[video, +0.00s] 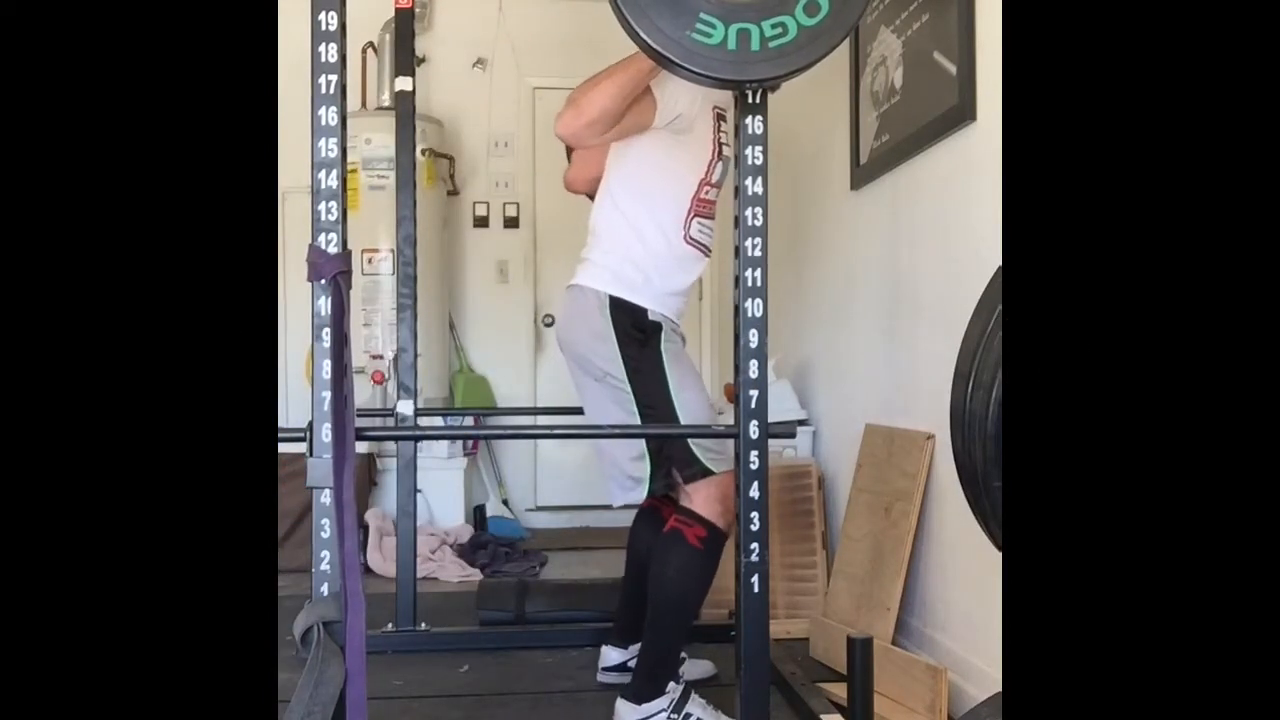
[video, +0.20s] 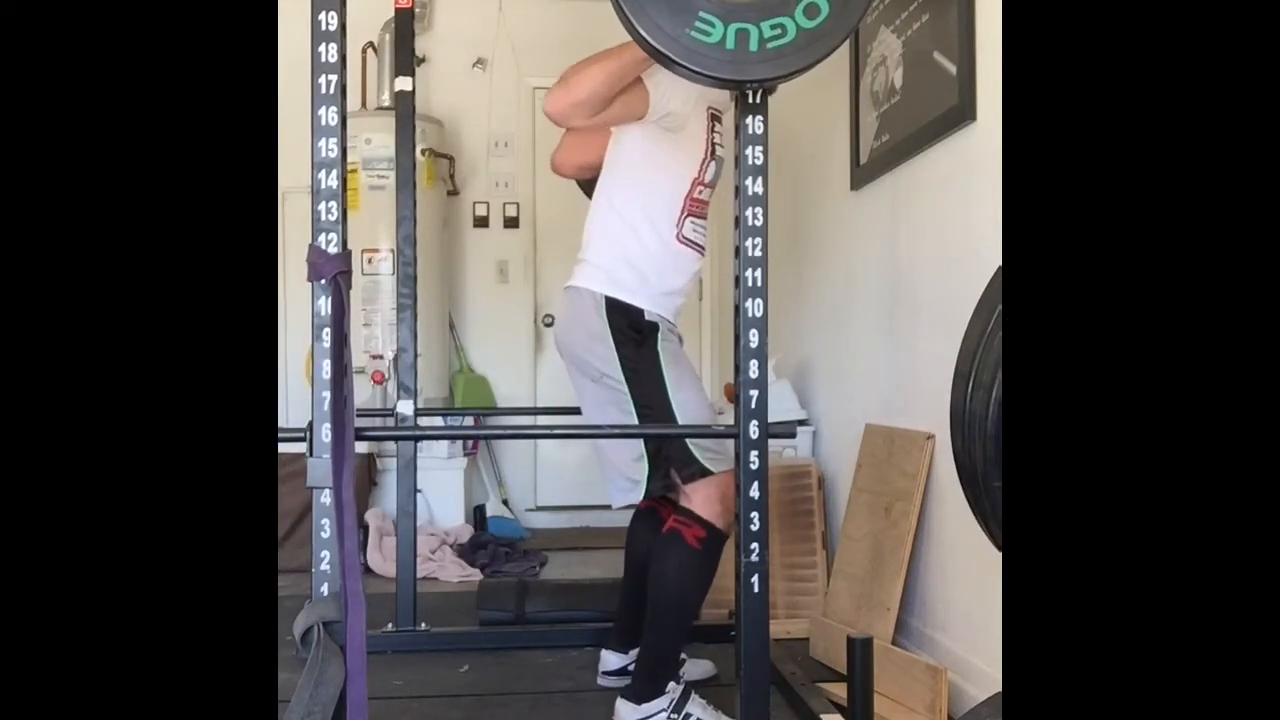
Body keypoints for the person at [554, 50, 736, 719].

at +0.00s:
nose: (760, 46)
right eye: (751, 34)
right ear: (721, 27)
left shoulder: (700, 102)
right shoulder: (681, 79)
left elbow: (579, 174)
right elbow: (572, 124)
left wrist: (679, 174)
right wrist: (657, 49)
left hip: (631, 310)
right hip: (619, 310)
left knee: (678, 485)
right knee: (711, 492)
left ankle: (628, 647)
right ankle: (652, 693)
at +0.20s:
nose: (762, 54)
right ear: (727, 40)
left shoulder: (704, 108)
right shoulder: (680, 83)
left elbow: (568, 157)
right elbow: (560, 103)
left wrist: (646, 189)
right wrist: (653, 43)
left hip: (635, 311)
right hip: (614, 311)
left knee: (671, 485)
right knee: (709, 494)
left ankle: (626, 650)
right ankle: (650, 696)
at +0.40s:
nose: (765, 51)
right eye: (757, 36)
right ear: (731, 34)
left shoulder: (703, 103)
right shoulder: (684, 78)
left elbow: (571, 163)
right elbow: (562, 110)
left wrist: (661, 183)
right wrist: (651, 43)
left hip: (630, 309)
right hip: (614, 309)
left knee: (670, 483)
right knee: (709, 493)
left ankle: (626, 651)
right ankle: (650, 695)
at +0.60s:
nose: (759, 48)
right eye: (752, 35)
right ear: (723, 28)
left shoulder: (698, 102)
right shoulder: (681, 77)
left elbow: (576, 168)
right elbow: (567, 116)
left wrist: (671, 180)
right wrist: (654, 44)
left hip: (630, 308)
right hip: (617, 309)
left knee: (674, 484)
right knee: (711, 491)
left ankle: (627, 651)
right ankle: (651, 694)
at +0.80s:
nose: (760, 54)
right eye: (753, 39)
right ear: (725, 35)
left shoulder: (695, 105)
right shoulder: (683, 80)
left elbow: (575, 168)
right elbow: (567, 117)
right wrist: (653, 45)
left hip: (625, 306)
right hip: (606, 305)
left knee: (664, 486)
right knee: (697, 486)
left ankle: (624, 651)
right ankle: (649, 695)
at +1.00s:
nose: (759, 49)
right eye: (751, 35)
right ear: (721, 31)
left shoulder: (695, 105)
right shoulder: (680, 79)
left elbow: (575, 168)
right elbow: (567, 120)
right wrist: (652, 46)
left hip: (626, 306)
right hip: (609, 306)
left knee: (667, 481)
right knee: (704, 486)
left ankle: (628, 650)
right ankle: (651, 694)